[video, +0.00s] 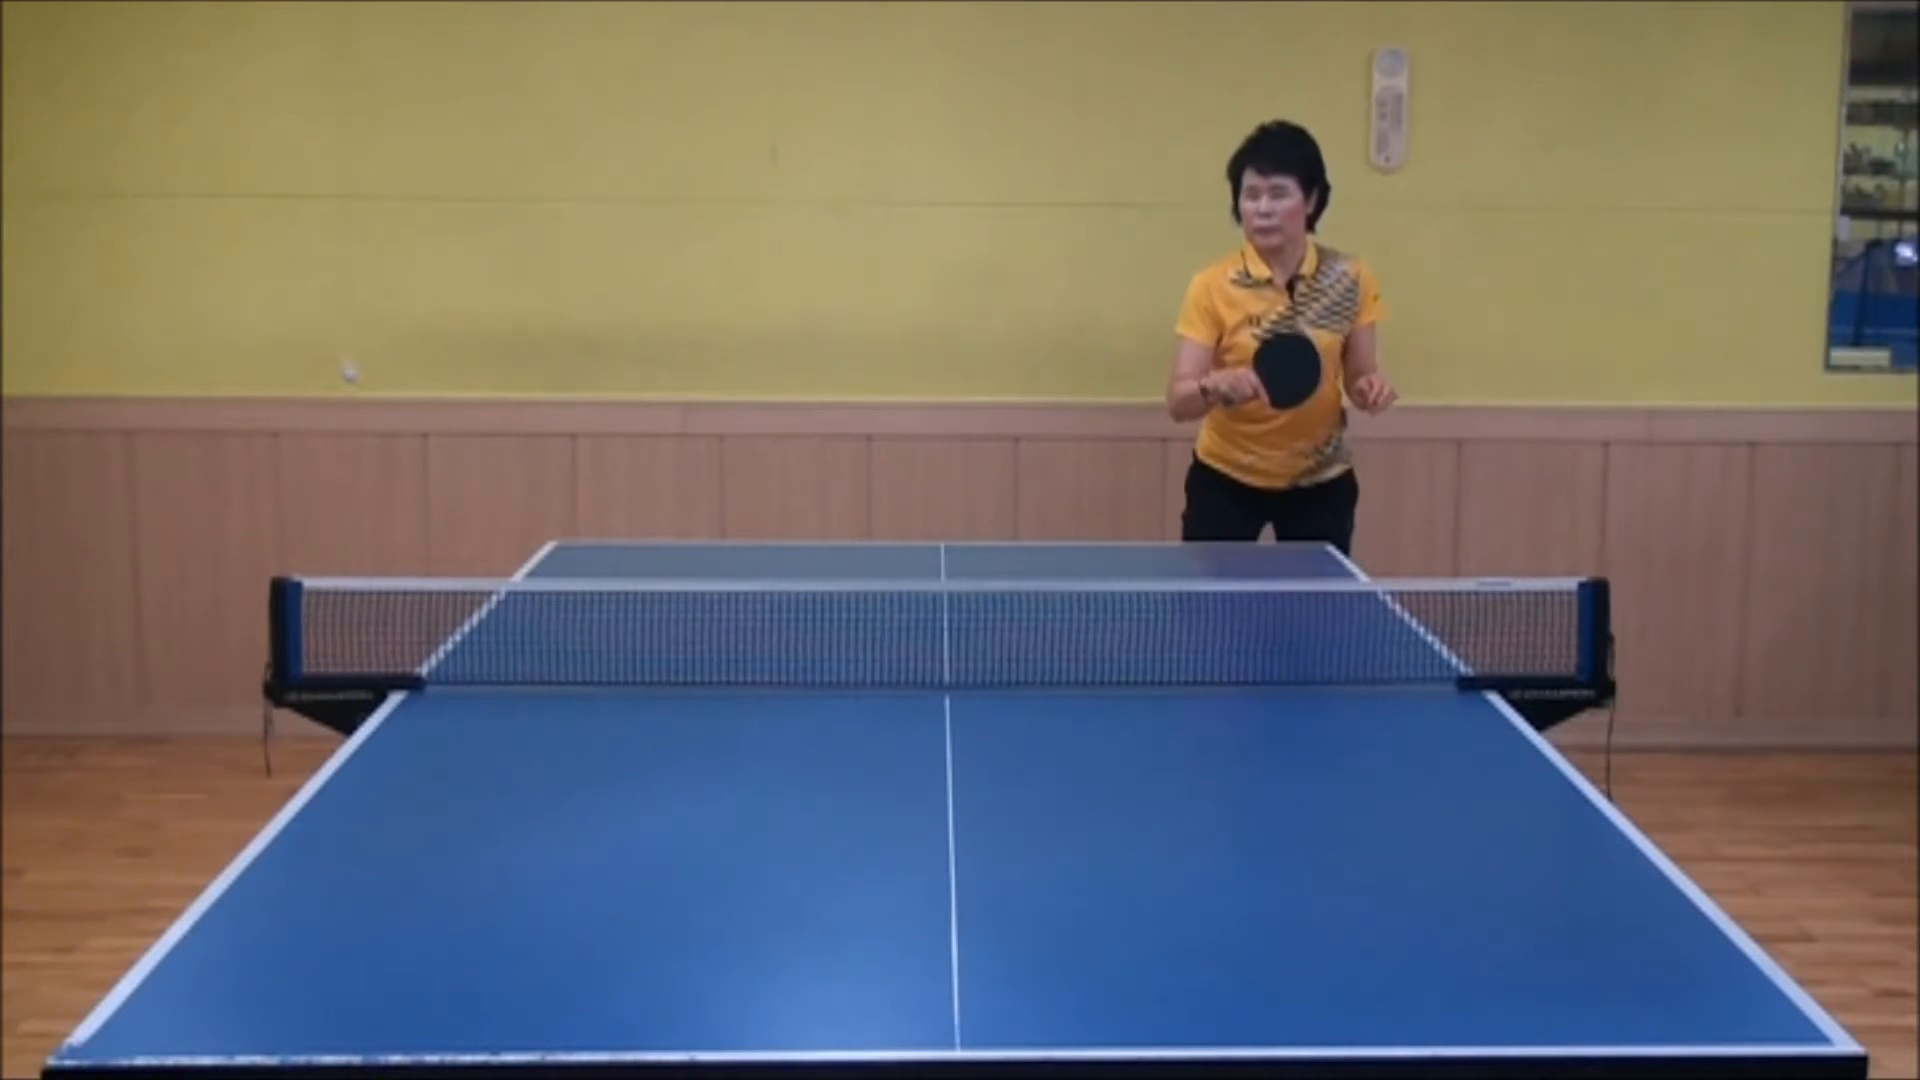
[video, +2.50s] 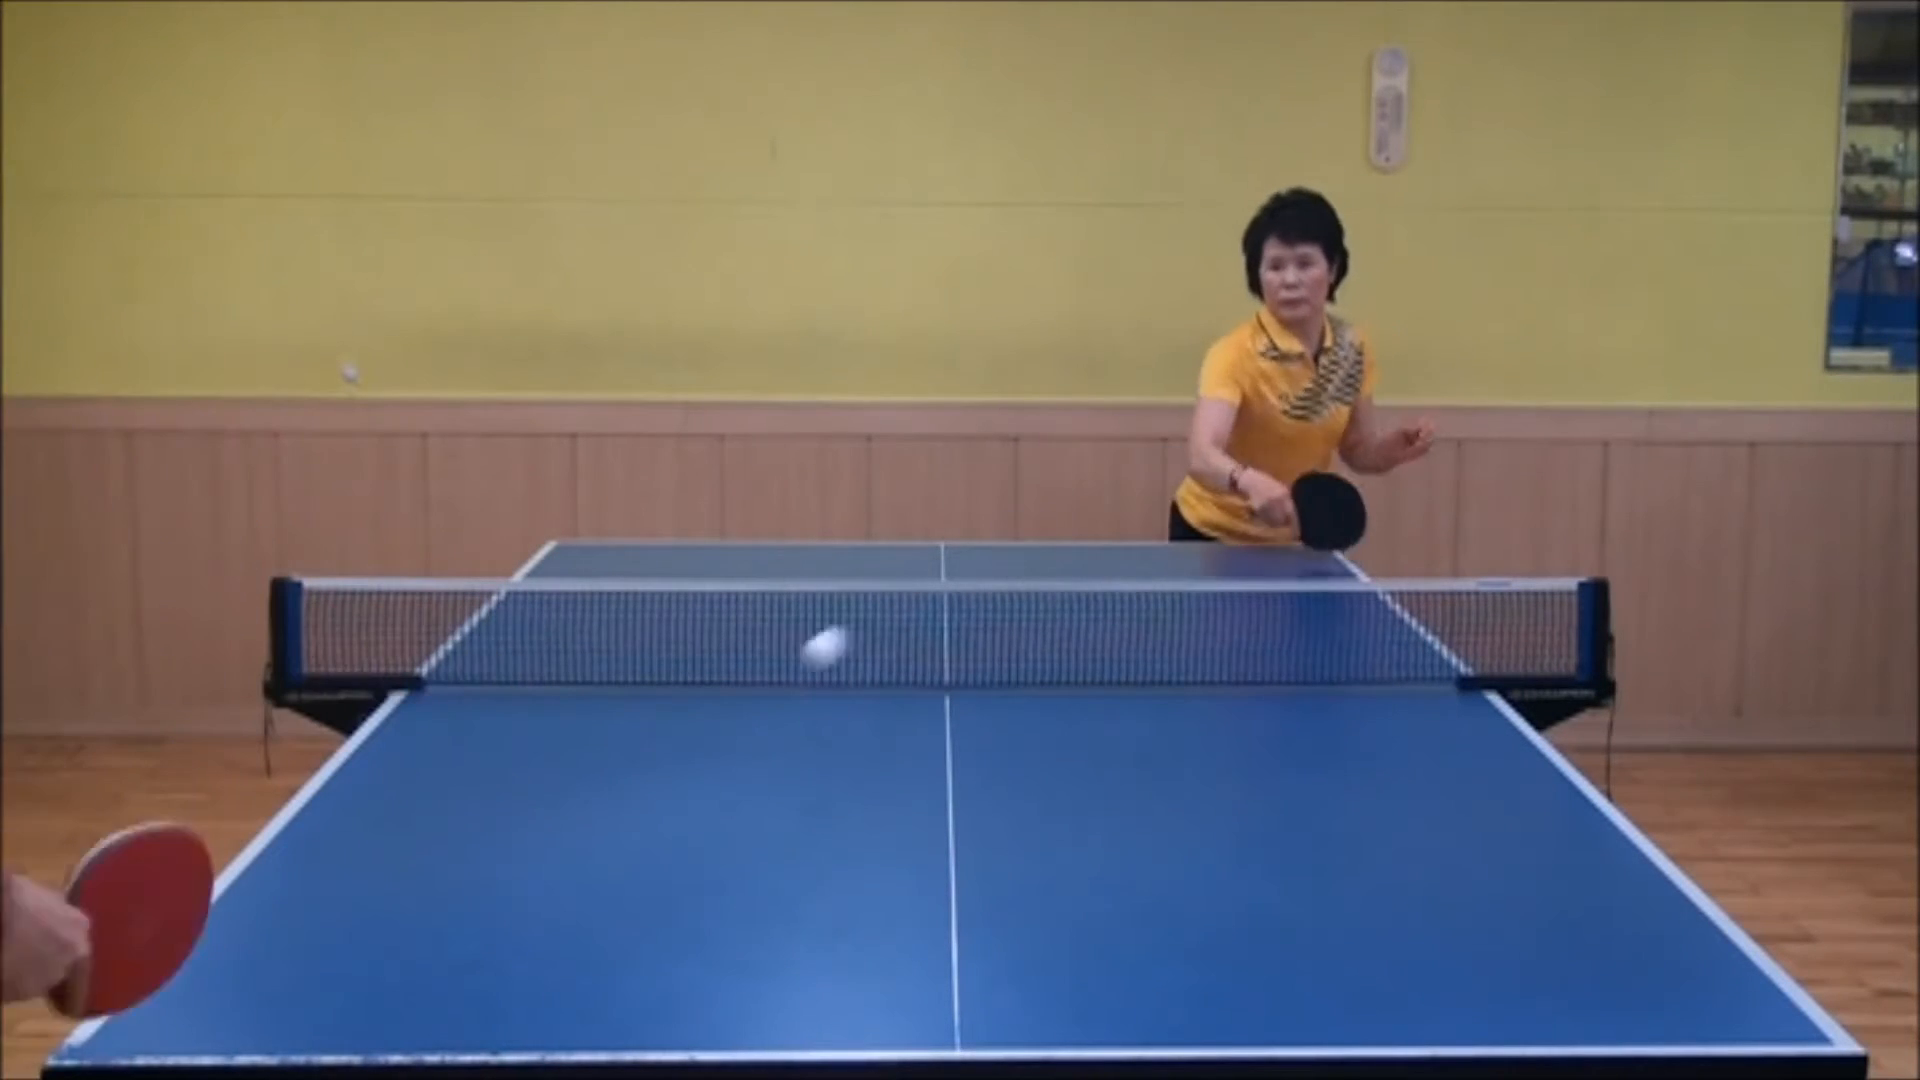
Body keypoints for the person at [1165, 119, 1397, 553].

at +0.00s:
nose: (1263, 208)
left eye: (1279, 194)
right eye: (1251, 194)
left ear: (1312, 201)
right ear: (1236, 204)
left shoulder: (1349, 281)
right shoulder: (1212, 288)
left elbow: (1360, 376)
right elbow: (1179, 403)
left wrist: (1371, 391)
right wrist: (1214, 386)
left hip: (1319, 484)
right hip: (1227, 480)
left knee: (1317, 612)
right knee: (1206, 612)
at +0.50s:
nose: (1165, 208)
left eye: (1181, 194)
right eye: (1154, 194)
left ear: (1212, 202)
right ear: (1139, 202)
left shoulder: (1249, 282)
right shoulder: (1112, 285)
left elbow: (1259, 372)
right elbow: (1077, 397)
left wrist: (1252, 390)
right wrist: (1105, 382)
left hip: (1227, 483)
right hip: (1134, 481)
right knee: (1117, 599)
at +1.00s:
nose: (1193, 203)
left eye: (1209, 189)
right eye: (1182, 189)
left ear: (1239, 196)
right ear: (1166, 196)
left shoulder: (1273, 279)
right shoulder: (1139, 280)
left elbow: (1282, 372)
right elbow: (1110, 395)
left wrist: (1280, 388)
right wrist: (1139, 382)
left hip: (1245, 482)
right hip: (1154, 479)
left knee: (1261, 600)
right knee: (1135, 600)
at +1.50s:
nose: (1212, 202)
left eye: (1227, 188)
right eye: (1200, 188)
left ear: (1258, 195)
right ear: (1185, 197)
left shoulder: (1298, 278)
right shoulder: (1161, 282)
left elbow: (1315, 370)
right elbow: (1129, 396)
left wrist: (1306, 386)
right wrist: (1154, 387)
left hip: (1277, 480)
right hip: (1184, 478)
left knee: (1284, 600)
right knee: (1155, 600)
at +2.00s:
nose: (1267, 236)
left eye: (1282, 220)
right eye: (1253, 222)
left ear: (1309, 220)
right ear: (1236, 227)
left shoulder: (1346, 299)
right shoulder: (1212, 306)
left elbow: (1354, 415)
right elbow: (1168, 414)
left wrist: (1354, 394)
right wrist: (1214, 423)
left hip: (1318, 506)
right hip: (1225, 506)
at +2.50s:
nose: (1290, 280)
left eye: (1305, 264)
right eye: (1276, 266)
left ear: (1333, 270)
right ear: (1257, 276)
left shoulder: (1351, 351)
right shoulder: (1235, 356)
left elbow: (1357, 450)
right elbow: (1203, 455)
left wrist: (1391, 450)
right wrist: (1249, 481)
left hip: (1300, 535)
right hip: (1216, 533)